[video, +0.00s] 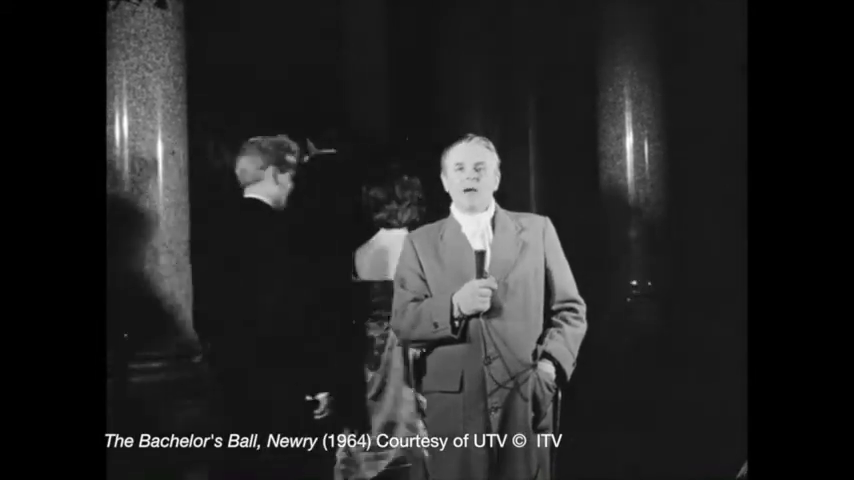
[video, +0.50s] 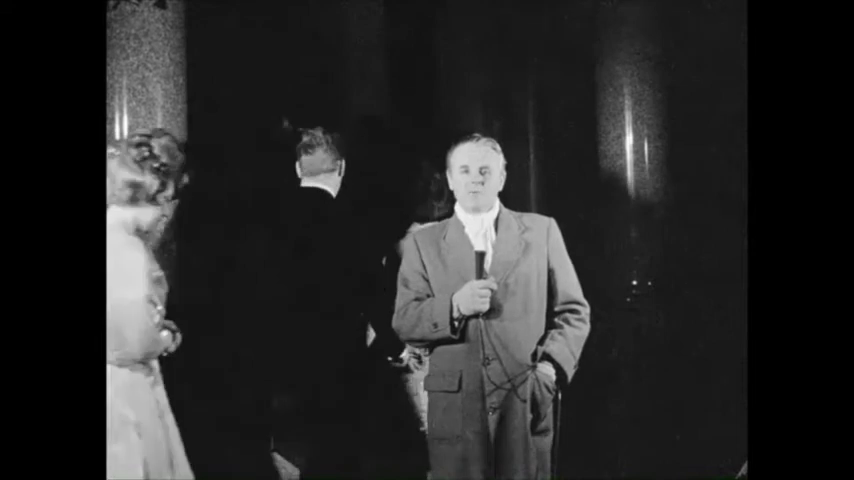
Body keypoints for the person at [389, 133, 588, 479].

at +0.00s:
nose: (470, 174)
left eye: (480, 166)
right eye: (459, 167)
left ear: (497, 178)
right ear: (444, 181)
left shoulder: (537, 231)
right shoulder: (420, 242)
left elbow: (569, 309)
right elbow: (404, 321)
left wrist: (551, 363)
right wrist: (453, 306)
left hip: (523, 399)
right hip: (452, 402)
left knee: (527, 474)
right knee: (453, 473)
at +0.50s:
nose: (476, 178)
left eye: (486, 169)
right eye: (465, 170)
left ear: (503, 178)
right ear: (449, 180)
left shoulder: (541, 231)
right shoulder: (422, 241)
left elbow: (573, 310)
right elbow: (404, 320)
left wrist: (550, 366)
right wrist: (453, 306)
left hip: (524, 398)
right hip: (453, 398)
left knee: (525, 474)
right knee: (454, 473)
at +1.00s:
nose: (472, 179)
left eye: (483, 171)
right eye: (464, 170)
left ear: (505, 180)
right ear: (453, 178)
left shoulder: (545, 232)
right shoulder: (428, 241)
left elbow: (577, 311)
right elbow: (409, 320)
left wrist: (554, 367)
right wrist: (457, 308)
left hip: (527, 399)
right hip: (457, 400)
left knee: (529, 475)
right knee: (459, 474)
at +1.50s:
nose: (477, 187)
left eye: (488, 177)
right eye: (468, 176)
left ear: (508, 181)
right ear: (456, 180)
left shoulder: (547, 230)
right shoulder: (430, 241)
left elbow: (579, 309)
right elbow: (413, 319)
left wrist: (557, 365)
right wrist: (460, 310)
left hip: (530, 396)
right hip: (459, 397)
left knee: (532, 474)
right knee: (460, 474)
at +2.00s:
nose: (480, 186)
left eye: (490, 177)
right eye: (471, 176)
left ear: (510, 180)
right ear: (458, 180)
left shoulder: (549, 230)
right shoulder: (431, 240)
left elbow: (580, 310)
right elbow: (413, 318)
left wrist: (557, 366)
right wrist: (461, 308)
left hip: (531, 397)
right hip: (461, 398)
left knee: (533, 474)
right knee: (460, 474)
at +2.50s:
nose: (472, 184)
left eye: (483, 174)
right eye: (463, 174)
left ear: (505, 180)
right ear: (453, 181)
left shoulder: (545, 230)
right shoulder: (427, 240)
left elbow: (576, 310)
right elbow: (408, 318)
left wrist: (553, 365)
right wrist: (456, 308)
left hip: (527, 397)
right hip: (457, 397)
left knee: (530, 474)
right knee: (457, 474)